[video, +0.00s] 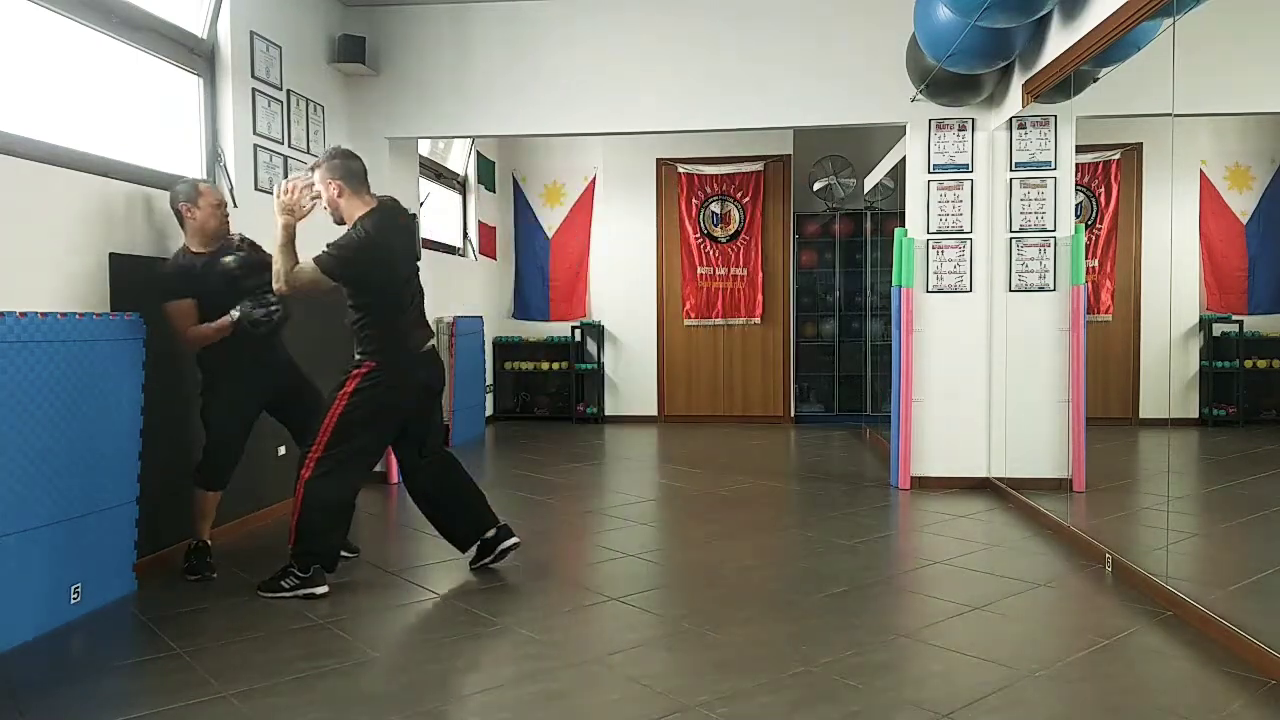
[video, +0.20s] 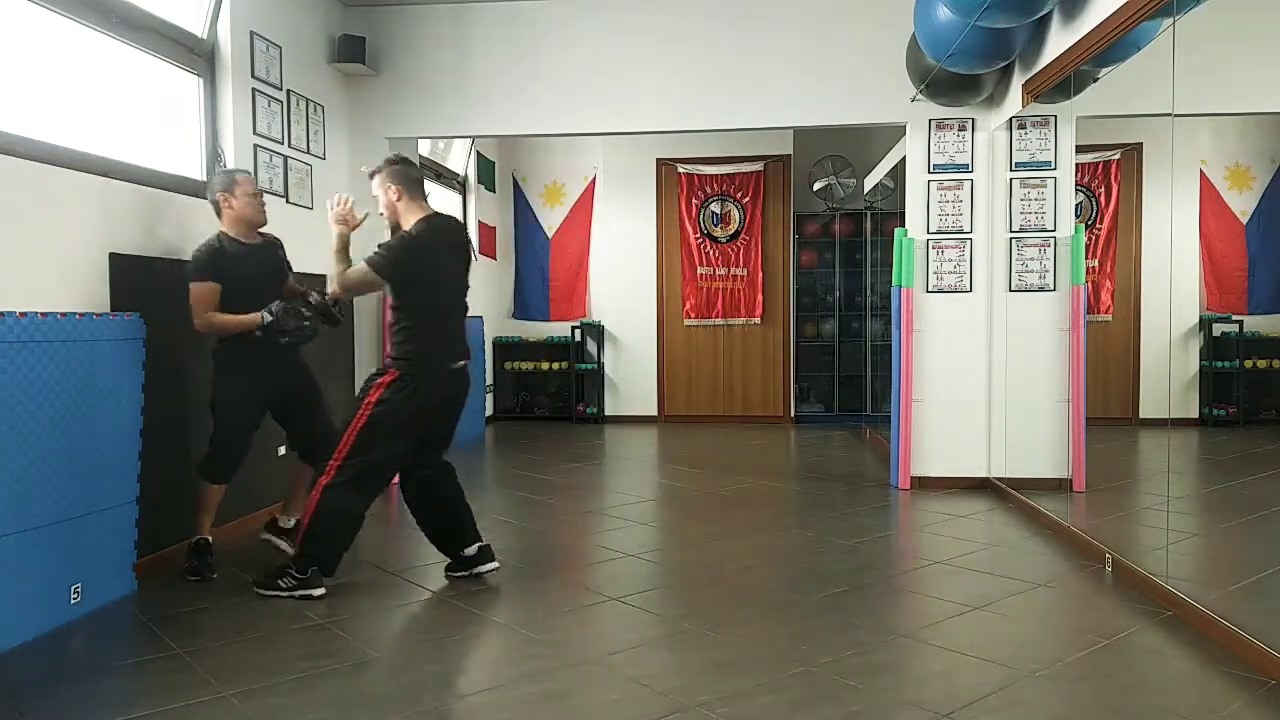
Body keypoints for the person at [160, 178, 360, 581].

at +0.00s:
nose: (228, 215)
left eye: (227, 207)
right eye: (219, 208)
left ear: (195, 212)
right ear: (188, 212)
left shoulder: (244, 248)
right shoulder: (178, 272)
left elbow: (287, 280)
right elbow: (188, 338)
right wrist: (235, 318)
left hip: (275, 366)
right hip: (228, 379)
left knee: (324, 435)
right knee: (219, 459)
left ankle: (326, 533)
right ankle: (201, 544)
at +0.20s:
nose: (264, 202)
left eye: (262, 196)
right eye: (254, 196)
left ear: (231, 201)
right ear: (225, 202)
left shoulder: (271, 246)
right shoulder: (210, 256)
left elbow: (285, 288)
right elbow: (203, 319)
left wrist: (312, 299)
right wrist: (264, 318)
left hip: (284, 362)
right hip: (238, 368)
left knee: (319, 441)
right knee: (225, 453)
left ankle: (287, 520)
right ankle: (202, 540)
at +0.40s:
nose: (316, 208)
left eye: (314, 202)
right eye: (307, 203)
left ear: (296, 209)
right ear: (279, 209)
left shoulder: (314, 258)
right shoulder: (260, 256)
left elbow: (320, 306)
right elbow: (235, 318)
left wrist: (344, 315)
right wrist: (290, 343)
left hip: (307, 368)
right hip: (271, 370)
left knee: (309, 457)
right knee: (274, 455)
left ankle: (277, 535)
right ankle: (234, 528)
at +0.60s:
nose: (359, 202)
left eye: (358, 196)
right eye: (351, 196)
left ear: (336, 202)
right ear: (324, 201)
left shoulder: (348, 250)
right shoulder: (302, 243)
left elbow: (361, 295)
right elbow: (265, 298)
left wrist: (383, 305)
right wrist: (326, 315)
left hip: (332, 360)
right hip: (306, 361)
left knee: (305, 448)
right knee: (332, 450)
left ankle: (278, 529)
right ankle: (336, 545)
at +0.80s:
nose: (398, 217)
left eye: (397, 211)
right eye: (391, 210)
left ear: (369, 214)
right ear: (364, 213)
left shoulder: (374, 262)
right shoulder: (345, 256)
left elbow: (374, 315)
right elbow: (333, 322)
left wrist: (407, 329)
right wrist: (396, 332)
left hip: (366, 370)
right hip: (346, 371)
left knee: (369, 451)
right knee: (379, 454)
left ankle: (309, 512)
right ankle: (366, 550)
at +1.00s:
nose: (432, 203)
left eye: (431, 196)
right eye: (426, 196)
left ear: (405, 201)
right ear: (399, 199)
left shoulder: (404, 241)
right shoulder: (385, 234)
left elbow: (391, 295)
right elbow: (363, 295)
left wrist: (426, 302)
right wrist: (420, 307)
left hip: (394, 351)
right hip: (377, 351)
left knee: (405, 442)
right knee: (401, 444)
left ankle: (381, 525)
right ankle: (377, 535)